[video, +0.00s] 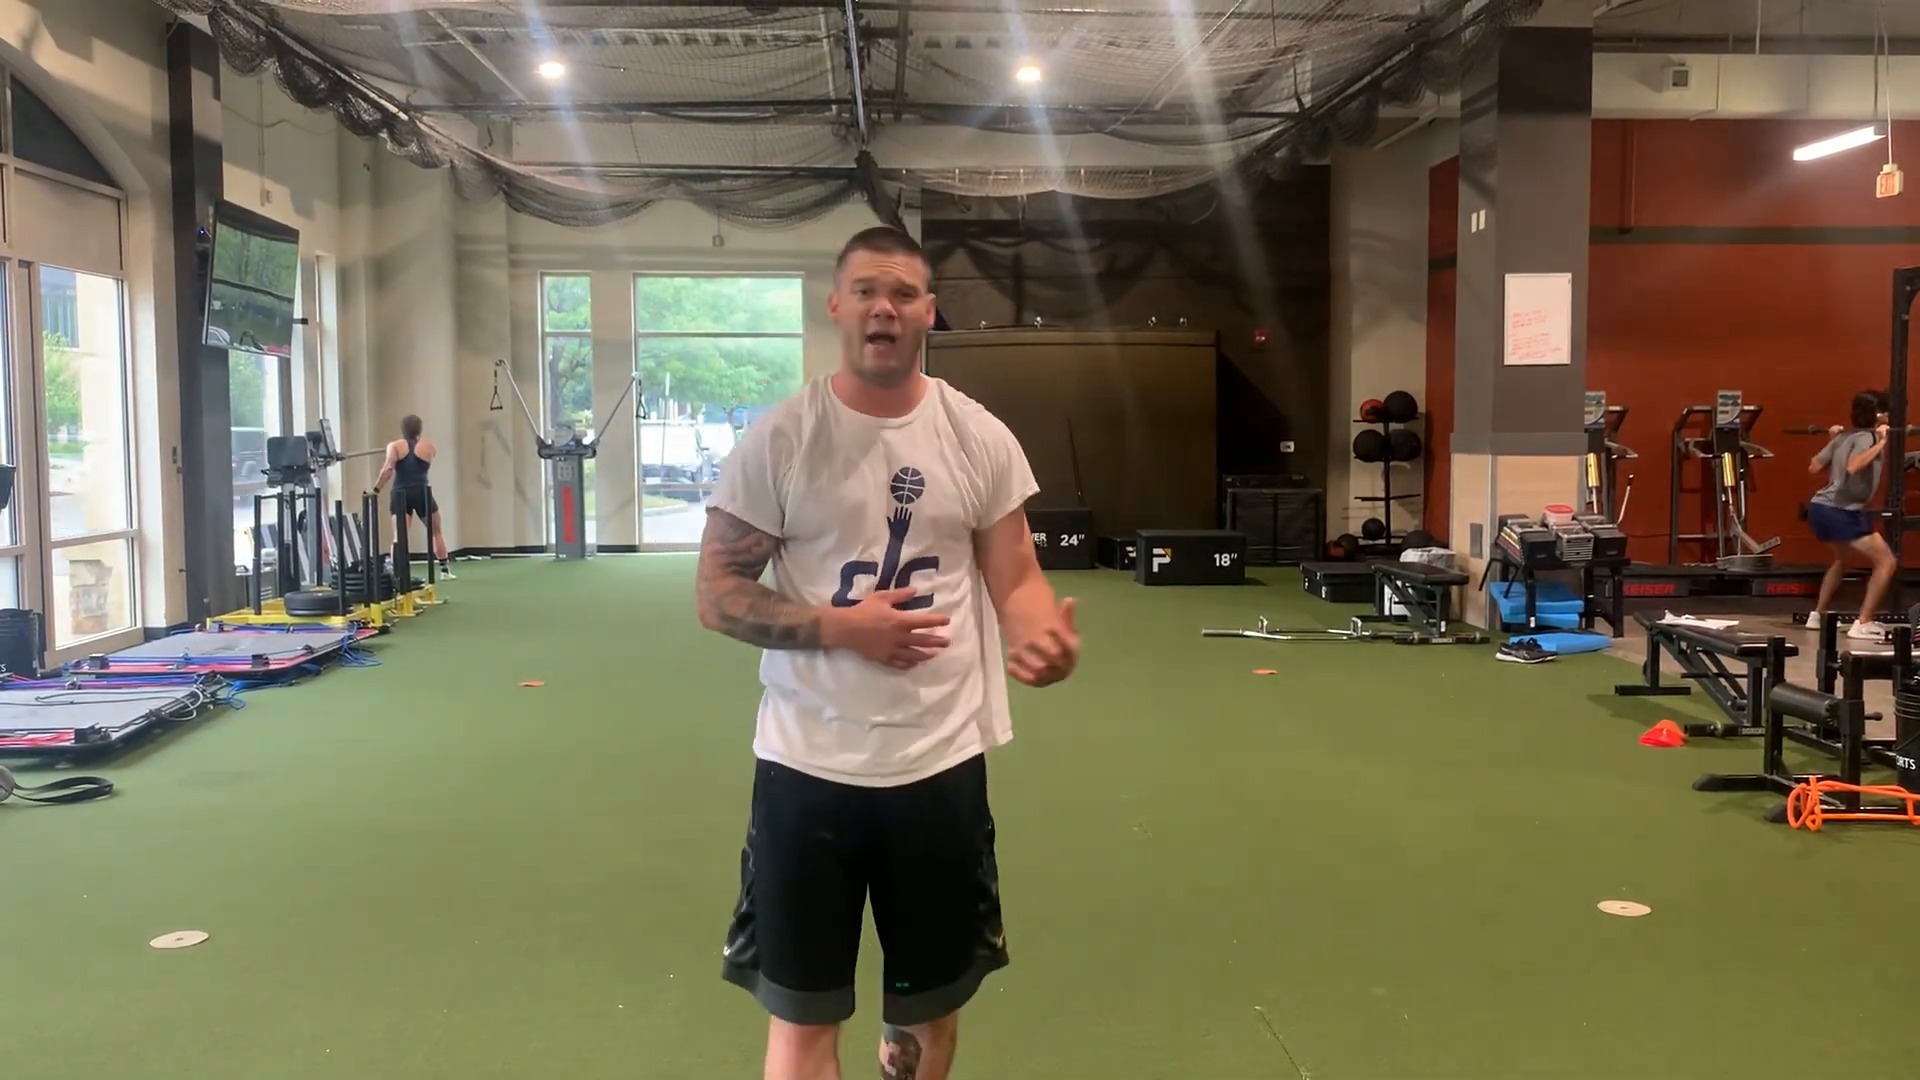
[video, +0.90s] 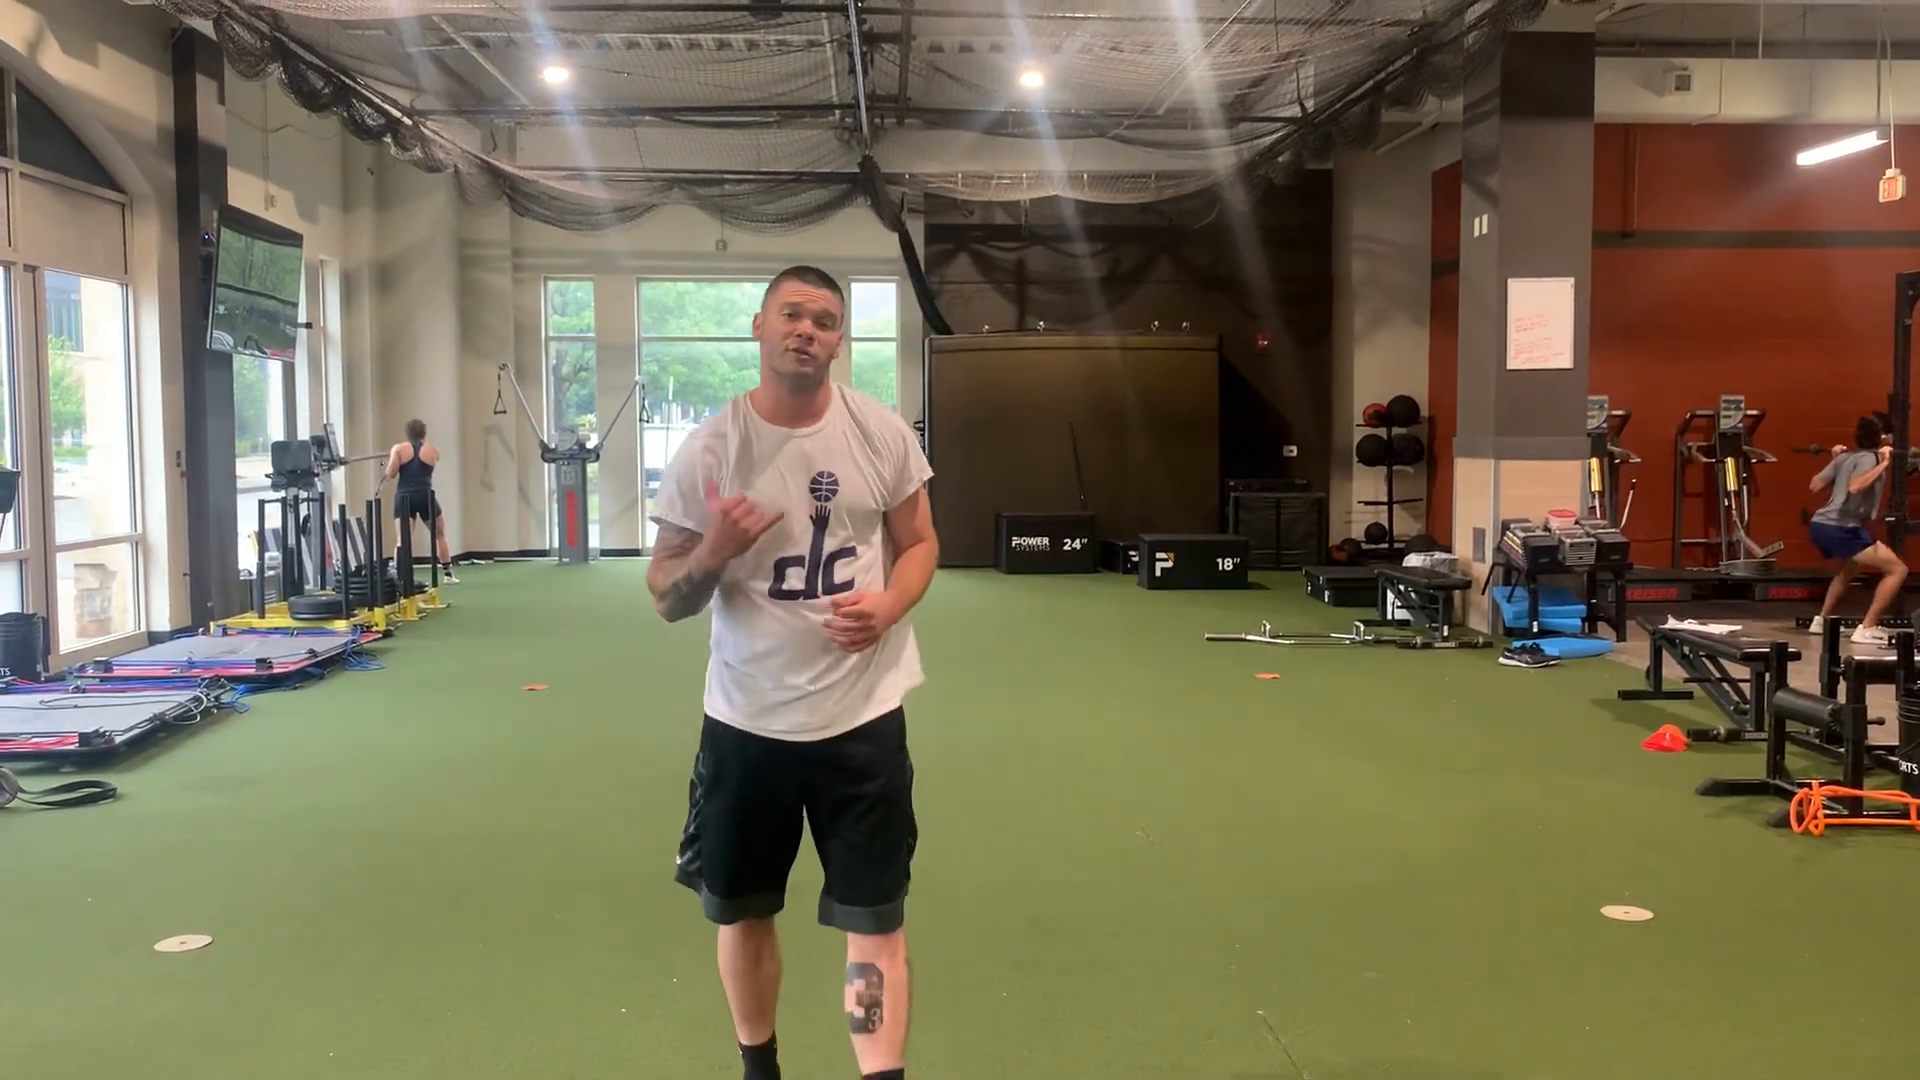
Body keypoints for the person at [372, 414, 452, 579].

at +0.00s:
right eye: (418, 428)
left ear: (403, 430)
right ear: (420, 430)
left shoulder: (394, 447)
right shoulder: (429, 448)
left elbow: (388, 469)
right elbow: (423, 467)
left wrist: (377, 488)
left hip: (400, 493)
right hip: (422, 492)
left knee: (398, 536)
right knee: (436, 532)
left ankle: (394, 571)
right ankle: (445, 569)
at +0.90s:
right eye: (423, 433)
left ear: (407, 433)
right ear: (424, 434)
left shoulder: (398, 449)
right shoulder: (432, 451)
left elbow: (390, 473)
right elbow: (429, 470)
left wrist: (387, 467)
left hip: (404, 496)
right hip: (425, 495)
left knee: (401, 539)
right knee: (439, 535)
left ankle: (396, 573)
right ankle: (448, 573)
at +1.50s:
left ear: (414, 437)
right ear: (431, 437)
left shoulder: (405, 453)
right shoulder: (440, 455)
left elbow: (398, 476)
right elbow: (434, 473)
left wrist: (388, 491)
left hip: (411, 499)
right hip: (432, 498)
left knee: (408, 543)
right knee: (446, 538)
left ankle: (404, 577)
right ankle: (455, 576)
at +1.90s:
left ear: (416, 434)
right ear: (432, 435)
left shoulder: (406, 450)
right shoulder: (441, 451)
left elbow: (400, 474)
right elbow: (437, 471)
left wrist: (388, 494)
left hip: (413, 497)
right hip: (434, 496)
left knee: (410, 540)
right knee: (447, 535)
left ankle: (405, 573)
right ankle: (456, 573)